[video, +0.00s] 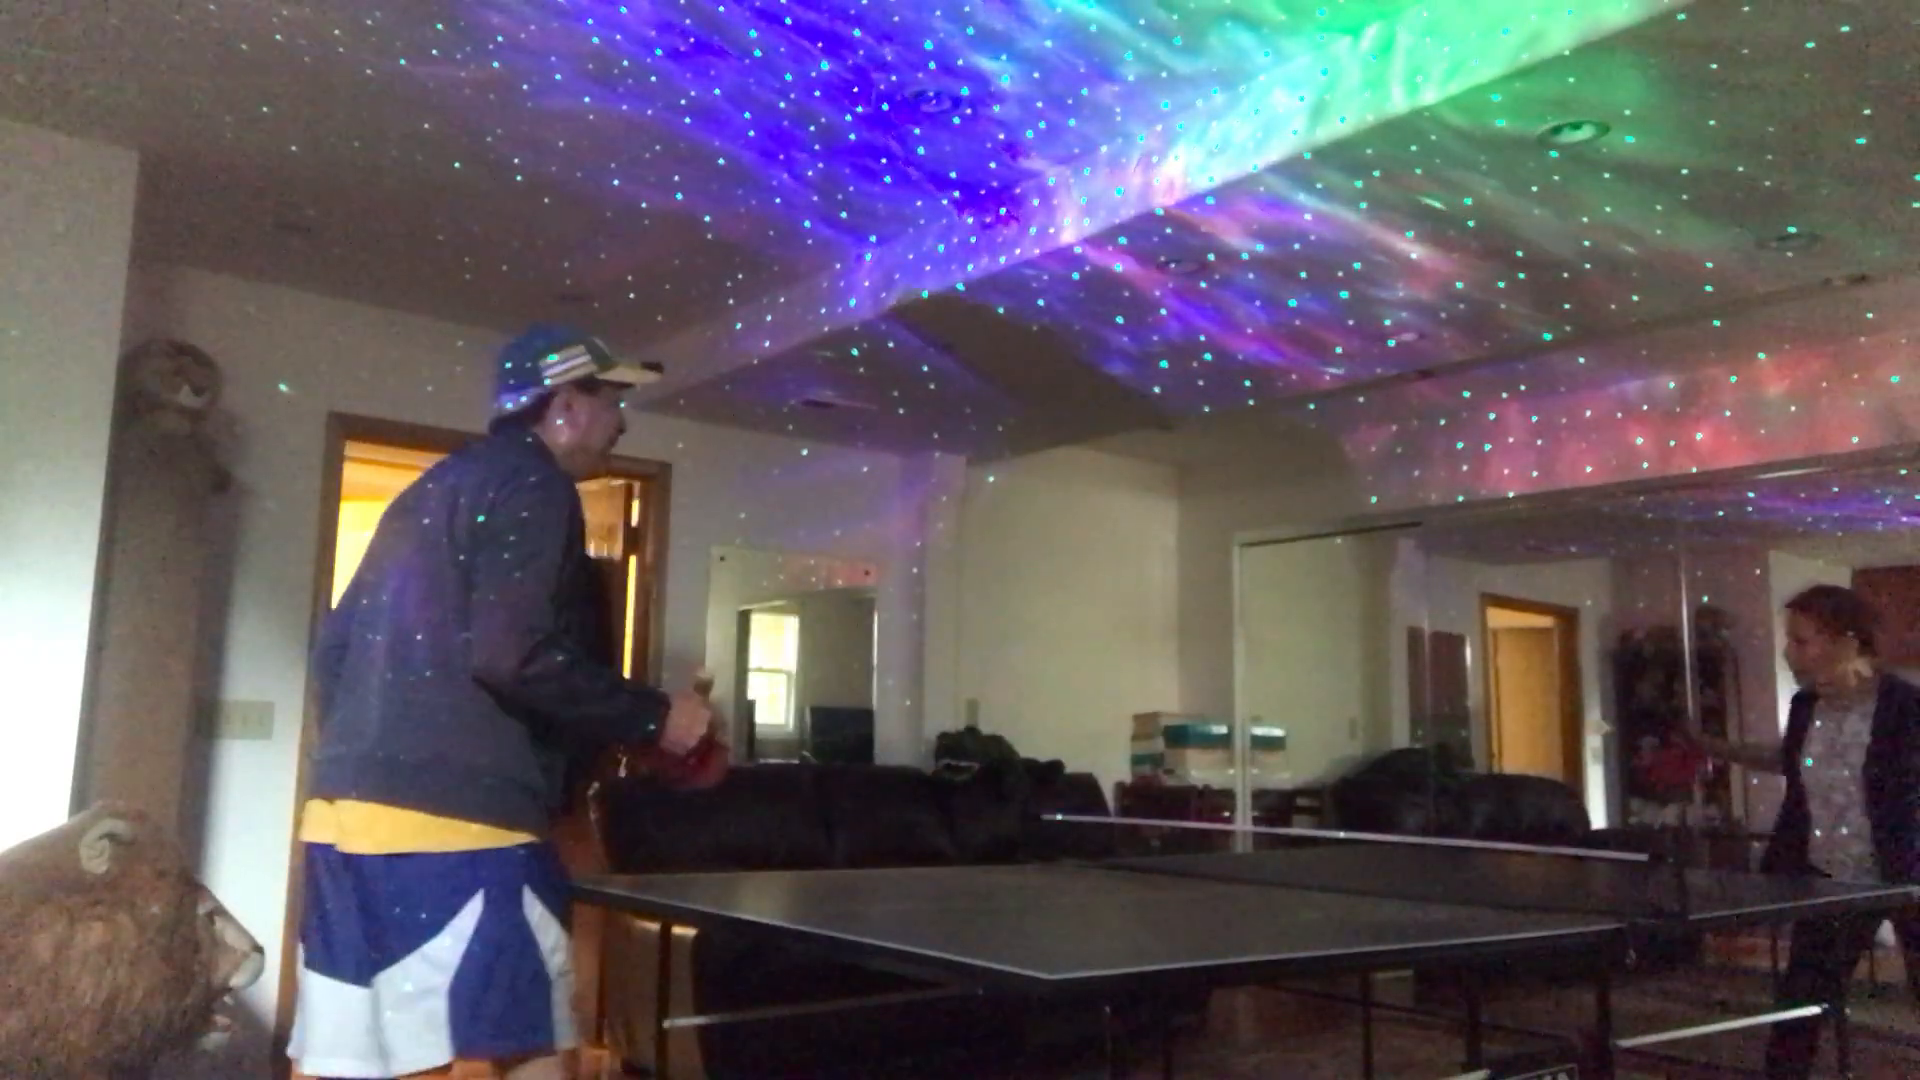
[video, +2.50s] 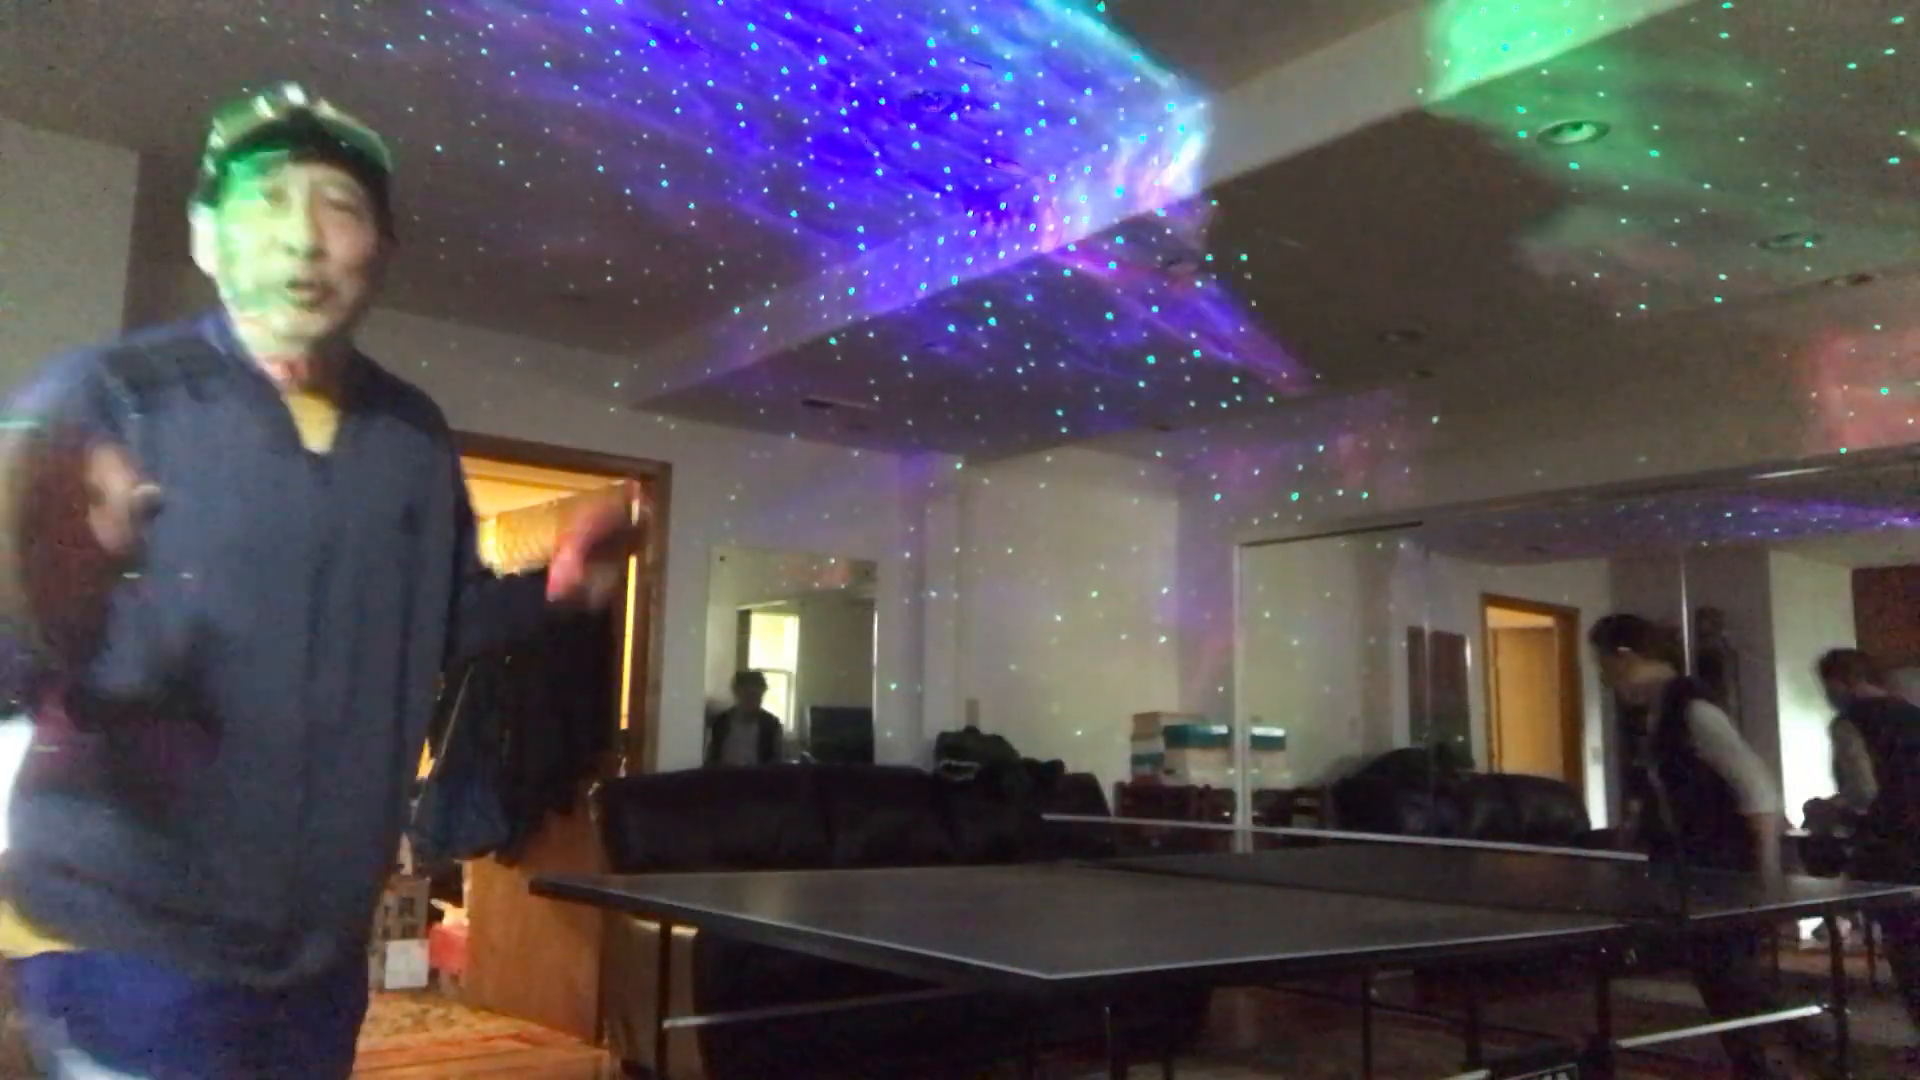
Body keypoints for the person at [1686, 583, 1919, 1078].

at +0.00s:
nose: (1788, 652)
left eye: (1800, 640)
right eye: (1789, 639)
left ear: (1843, 640)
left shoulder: (1903, 703)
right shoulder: (1805, 706)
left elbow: (1911, 797)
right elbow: (1787, 762)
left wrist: (1906, 885)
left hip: (1900, 882)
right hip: (1828, 886)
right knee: (1798, 1004)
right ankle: (1783, 1072)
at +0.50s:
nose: (1846, 646)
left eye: (1865, 634)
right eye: (1838, 633)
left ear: (1907, 646)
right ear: (1828, 641)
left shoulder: (1914, 706)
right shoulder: (1821, 707)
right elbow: (1810, 774)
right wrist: (1789, 799)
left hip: (1913, 881)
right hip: (1847, 882)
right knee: (1802, 991)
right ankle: (1777, 1071)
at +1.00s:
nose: (1774, 652)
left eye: (1788, 638)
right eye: (1762, 640)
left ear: (1817, 646)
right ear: (1751, 650)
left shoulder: (1863, 712)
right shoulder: (1742, 718)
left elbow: (1909, 794)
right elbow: (1737, 799)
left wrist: (1903, 861)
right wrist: (1770, 852)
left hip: (1868, 875)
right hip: (1787, 880)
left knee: (1907, 988)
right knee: (1784, 999)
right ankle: (1787, 1072)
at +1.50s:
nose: (1769, 658)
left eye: (1782, 644)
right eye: (1758, 647)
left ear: (1815, 644)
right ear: (1749, 655)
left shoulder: (1867, 708)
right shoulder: (1756, 716)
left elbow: (1899, 795)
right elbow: (1759, 795)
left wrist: (1891, 866)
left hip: (1869, 876)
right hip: (1795, 880)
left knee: (1907, 983)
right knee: (1791, 991)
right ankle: (1790, 1070)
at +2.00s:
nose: (1741, 661)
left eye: (1752, 647)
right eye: (1737, 650)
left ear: (1796, 644)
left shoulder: (1859, 710)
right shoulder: (1752, 713)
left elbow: (1909, 799)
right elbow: (1750, 791)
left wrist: (1905, 889)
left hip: (1862, 874)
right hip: (1787, 876)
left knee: (1900, 981)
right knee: (1778, 987)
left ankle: (1918, 1051)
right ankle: (1785, 1068)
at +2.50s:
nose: (1605, 678)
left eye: (1607, 665)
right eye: (1603, 668)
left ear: (1628, 657)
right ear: (1633, 657)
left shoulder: (1692, 710)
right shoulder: (1646, 716)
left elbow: (1762, 795)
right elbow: (1657, 801)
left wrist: (1769, 890)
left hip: (1726, 875)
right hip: (1688, 873)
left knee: (1732, 985)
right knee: (1717, 983)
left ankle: (1755, 1067)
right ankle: (1745, 1066)